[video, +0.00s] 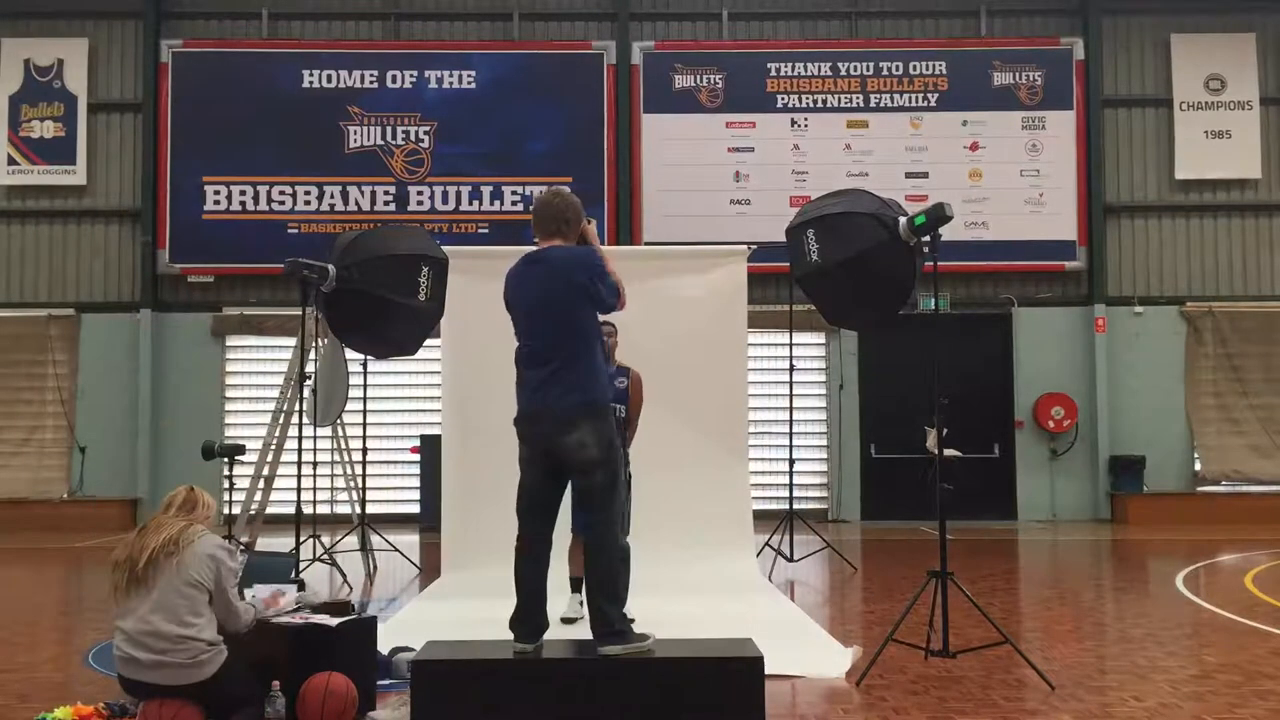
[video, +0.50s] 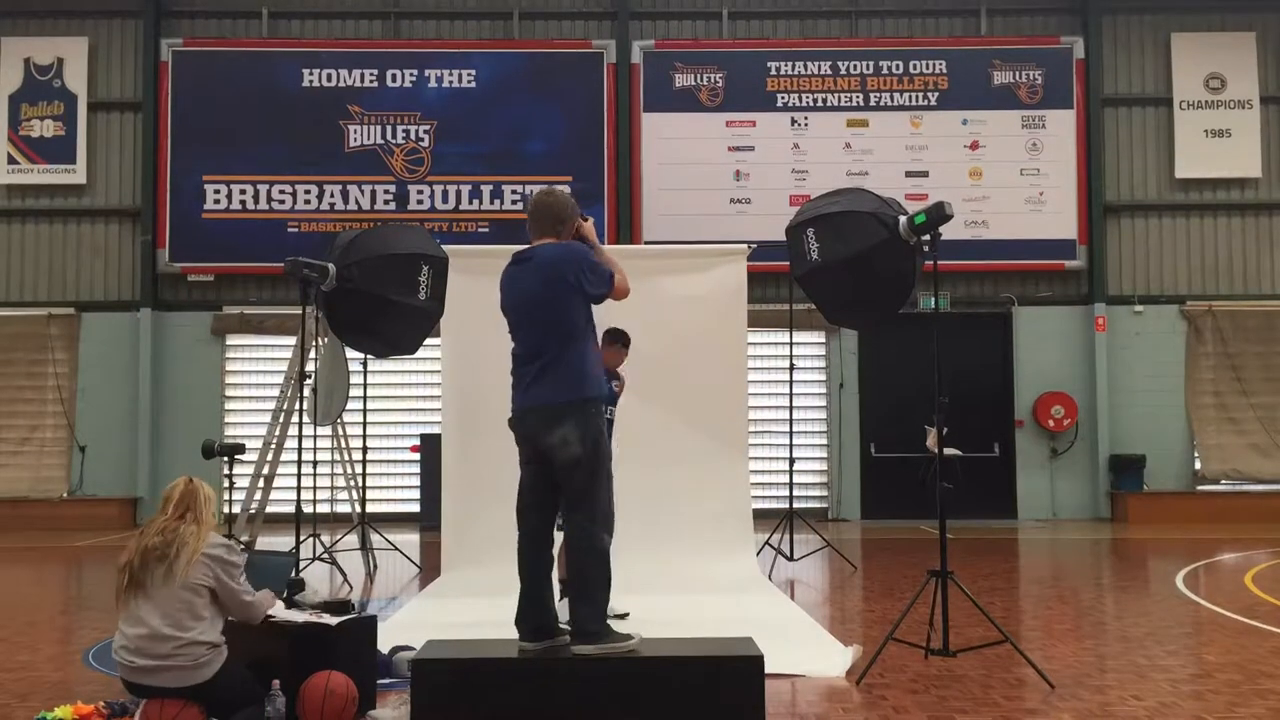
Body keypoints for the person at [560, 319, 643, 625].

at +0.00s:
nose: (606, 342)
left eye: (610, 336)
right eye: (601, 336)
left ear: (616, 341)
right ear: (591, 341)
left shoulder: (629, 378)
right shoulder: (577, 376)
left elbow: (632, 421)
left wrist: (620, 451)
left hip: (614, 460)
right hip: (581, 461)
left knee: (615, 532)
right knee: (580, 531)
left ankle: (614, 603)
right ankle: (575, 597)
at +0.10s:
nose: (599, 341)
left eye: (604, 335)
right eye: (595, 336)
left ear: (611, 341)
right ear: (586, 342)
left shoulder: (624, 378)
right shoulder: (572, 377)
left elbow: (626, 422)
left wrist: (615, 454)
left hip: (608, 462)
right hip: (577, 464)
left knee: (612, 531)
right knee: (577, 533)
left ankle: (614, 603)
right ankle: (574, 599)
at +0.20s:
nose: (599, 342)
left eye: (603, 336)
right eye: (594, 337)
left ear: (610, 342)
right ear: (585, 342)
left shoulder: (623, 378)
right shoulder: (573, 377)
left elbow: (626, 422)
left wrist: (616, 453)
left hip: (609, 463)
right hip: (577, 465)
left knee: (612, 532)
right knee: (577, 534)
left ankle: (613, 604)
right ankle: (574, 599)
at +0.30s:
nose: (598, 340)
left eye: (602, 335)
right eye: (592, 336)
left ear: (610, 341)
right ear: (584, 342)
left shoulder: (623, 378)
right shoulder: (573, 376)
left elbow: (626, 421)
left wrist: (615, 452)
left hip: (609, 461)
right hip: (577, 463)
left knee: (612, 532)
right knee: (577, 533)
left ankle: (613, 604)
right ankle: (574, 599)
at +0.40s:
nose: (598, 339)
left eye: (602, 335)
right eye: (593, 334)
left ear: (610, 340)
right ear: (584, 340)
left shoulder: (624, 377)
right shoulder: (573, 373)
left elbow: (626, 422)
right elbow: (569, 419)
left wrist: (614, 451)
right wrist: (582, 448)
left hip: (611, 461)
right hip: (579, 461)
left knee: (615, 532)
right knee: (580, 532)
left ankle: (620, 597)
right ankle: (579, 601)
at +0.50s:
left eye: (624, 356)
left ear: (623, 357)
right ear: (602, 349)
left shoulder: (613, 379)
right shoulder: (590, 377)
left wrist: (617, 385)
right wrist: (615, 388)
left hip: (597, 466)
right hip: (576, 465)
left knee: (587, 529)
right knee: (571, 531)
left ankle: (589, 600)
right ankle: (569, 595)